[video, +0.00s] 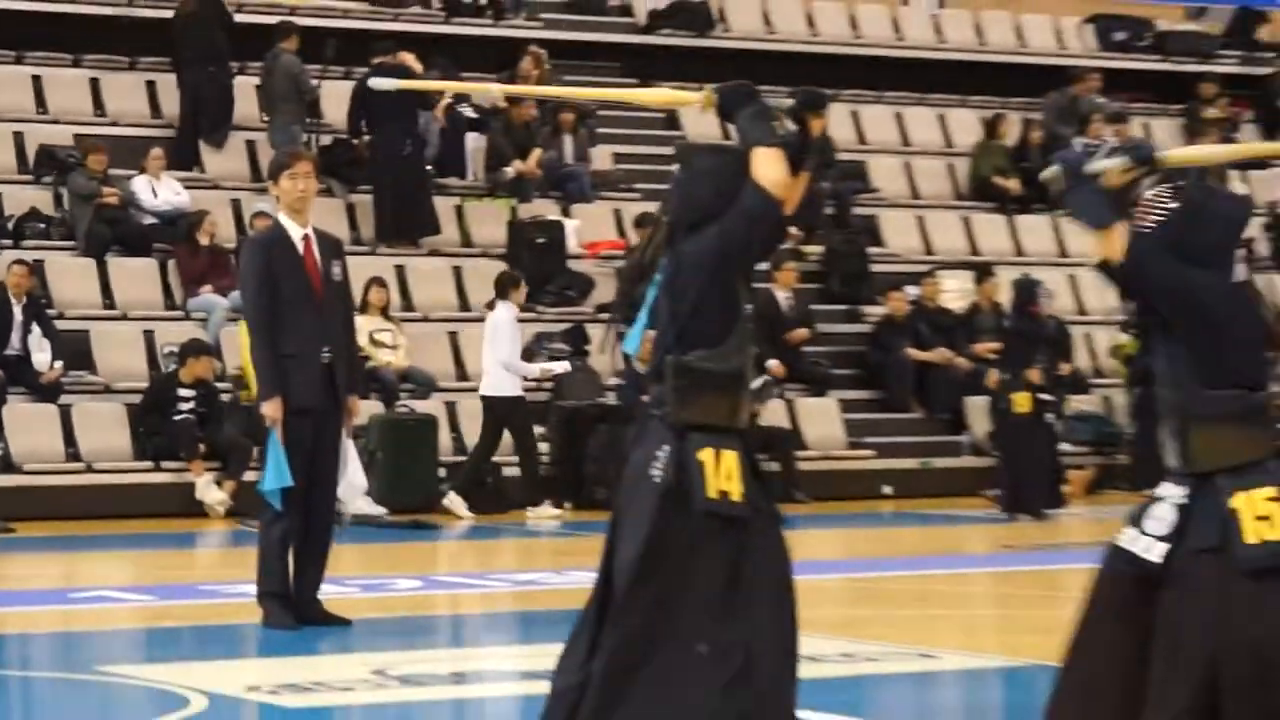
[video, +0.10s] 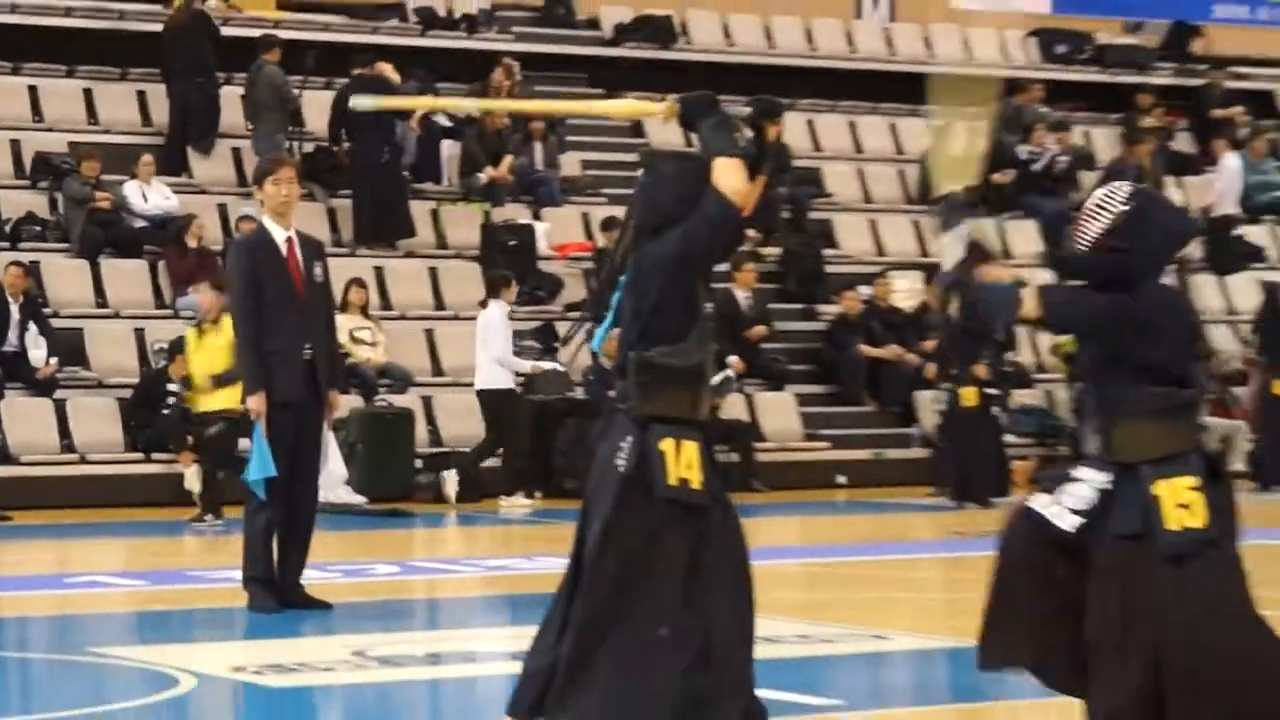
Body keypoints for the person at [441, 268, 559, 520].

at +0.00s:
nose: (526, 291)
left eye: (524, 287)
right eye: (523, 287)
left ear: (503, 291)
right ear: (514, 290)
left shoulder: (495, 315)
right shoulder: (507, 318)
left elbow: (502, 359)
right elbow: (508, 359)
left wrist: (531, 371)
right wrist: (538, 371)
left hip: (492, 390)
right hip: (507, 392)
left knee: (486, 445)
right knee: (527, 447)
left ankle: (457, 493)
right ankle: (535, 503)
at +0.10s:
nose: (516, 292)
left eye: (515, 287)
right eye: (513, 287)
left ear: (494, 289)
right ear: (504, 289)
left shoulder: (488, 314)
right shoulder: (498, 315)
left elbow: (495, 356)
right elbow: (501, 355)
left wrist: (524, 369)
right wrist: (532, 367)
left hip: (487, 384)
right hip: (498, 385)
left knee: (495, 438)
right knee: (513, 439)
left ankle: (458, 473)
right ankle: (511, 492)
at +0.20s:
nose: (507, 292)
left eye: (506, 287)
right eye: (505, 287)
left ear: (487, 289)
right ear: (497, 289)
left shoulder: (475, 312)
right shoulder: (492, 312)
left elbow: (481, 349)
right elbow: (495, 350)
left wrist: (516, 359)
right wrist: (527, 362)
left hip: (477, 379)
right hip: (490, 380)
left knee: (497, 431)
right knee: (499, 431)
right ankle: (483, 480)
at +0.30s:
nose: (494, 294)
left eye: (493, 289)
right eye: (492, 289)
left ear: (475, 291)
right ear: (484, 290)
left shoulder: (463, 312)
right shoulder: (483, 312)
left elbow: (455, 346)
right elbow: (485, 348)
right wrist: (509, 356)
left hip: (464, 374)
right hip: (478, 376)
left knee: (480, 423)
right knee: (478, 424)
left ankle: (481, 467)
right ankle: (465, 471)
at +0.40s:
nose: (488, 294)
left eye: (487, 290)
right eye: (485, 291)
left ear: (469, 293)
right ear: (477, 292)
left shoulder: (456, 313)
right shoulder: (478, 313)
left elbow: (449, 347)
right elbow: (479, 347)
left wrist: (468, 357)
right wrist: (500, 352)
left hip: (455, 375)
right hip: (470, 376)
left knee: (457, 424)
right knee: (469, 423)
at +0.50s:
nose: (497, 292)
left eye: (496, 288)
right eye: (494, 288)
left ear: (476, 292)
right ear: (485, 291)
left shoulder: (465, 313)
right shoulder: (486, 312)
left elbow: (458, 345)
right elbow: (490, 344)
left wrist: (474, 353)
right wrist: (510, 344)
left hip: (466, 369)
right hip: (482, 371)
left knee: (467, 415)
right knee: (487, 414)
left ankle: (451, 453)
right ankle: (495, 457)